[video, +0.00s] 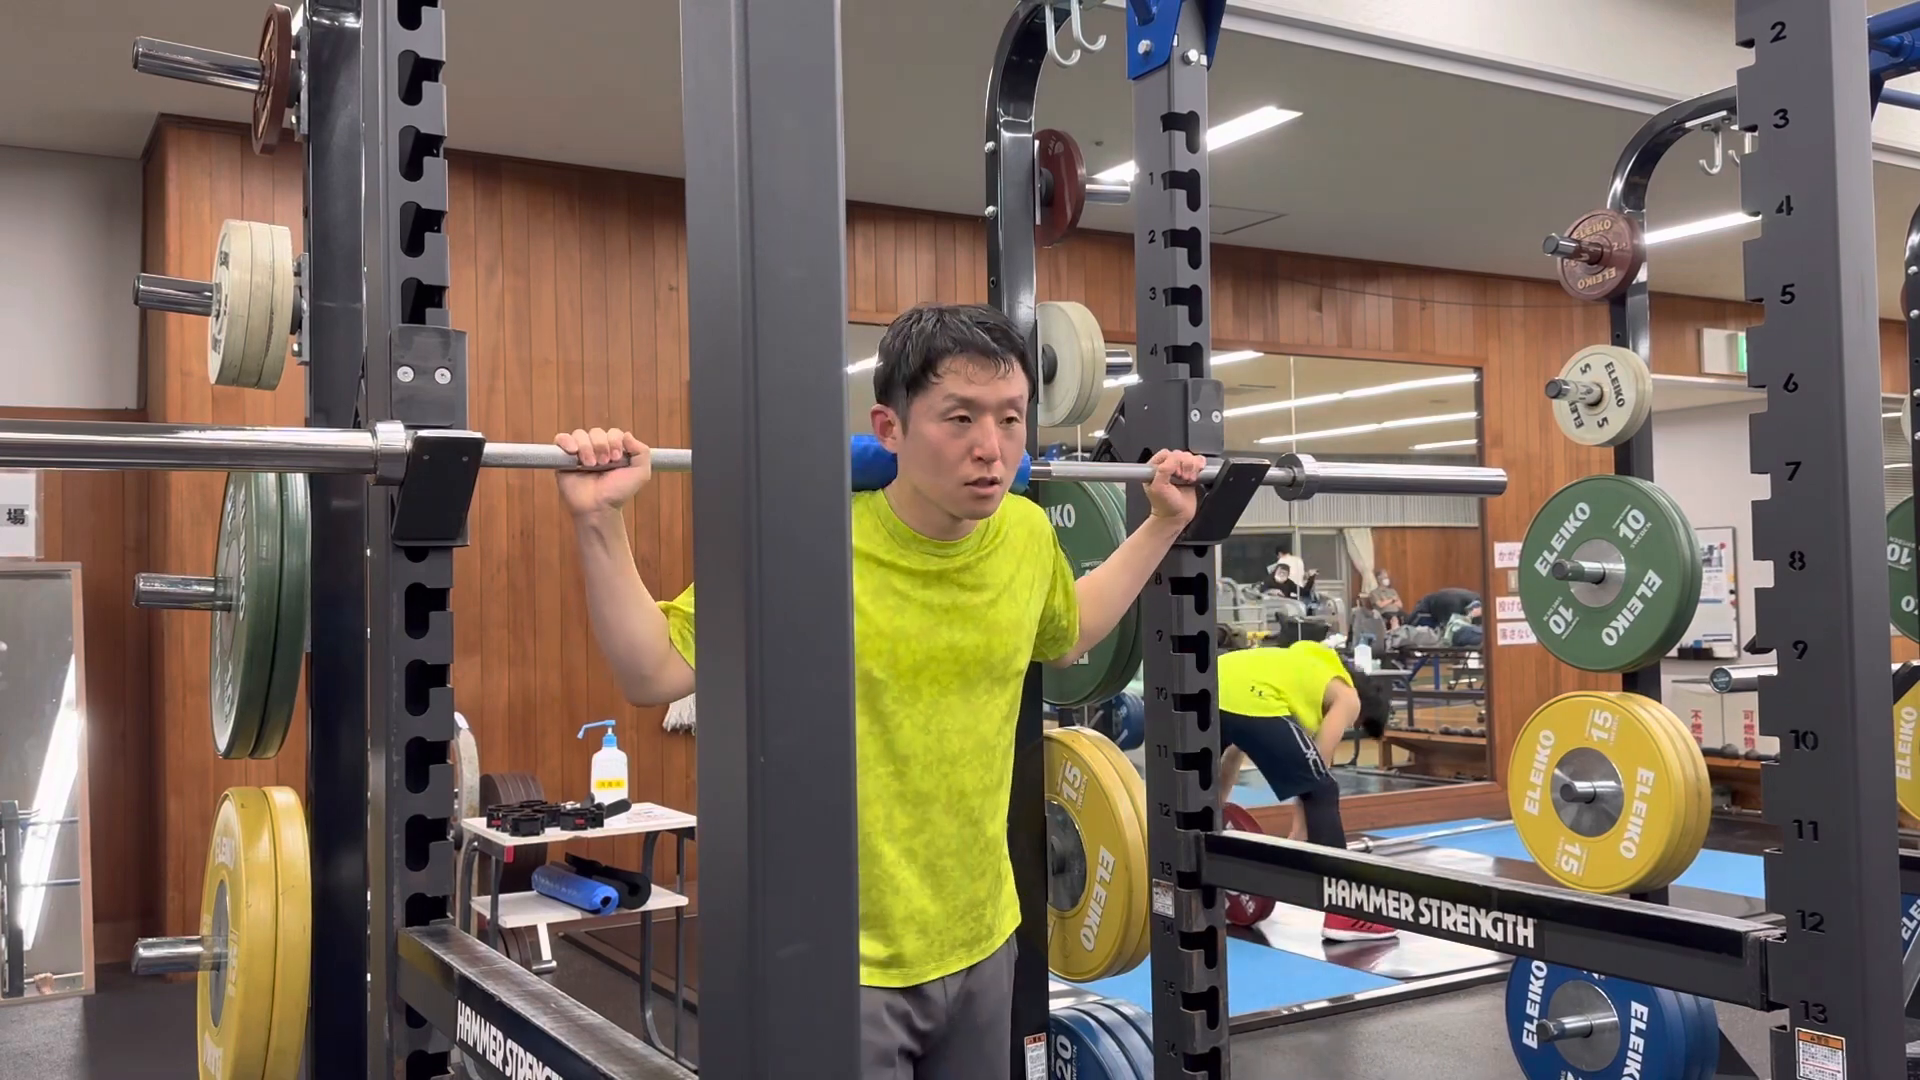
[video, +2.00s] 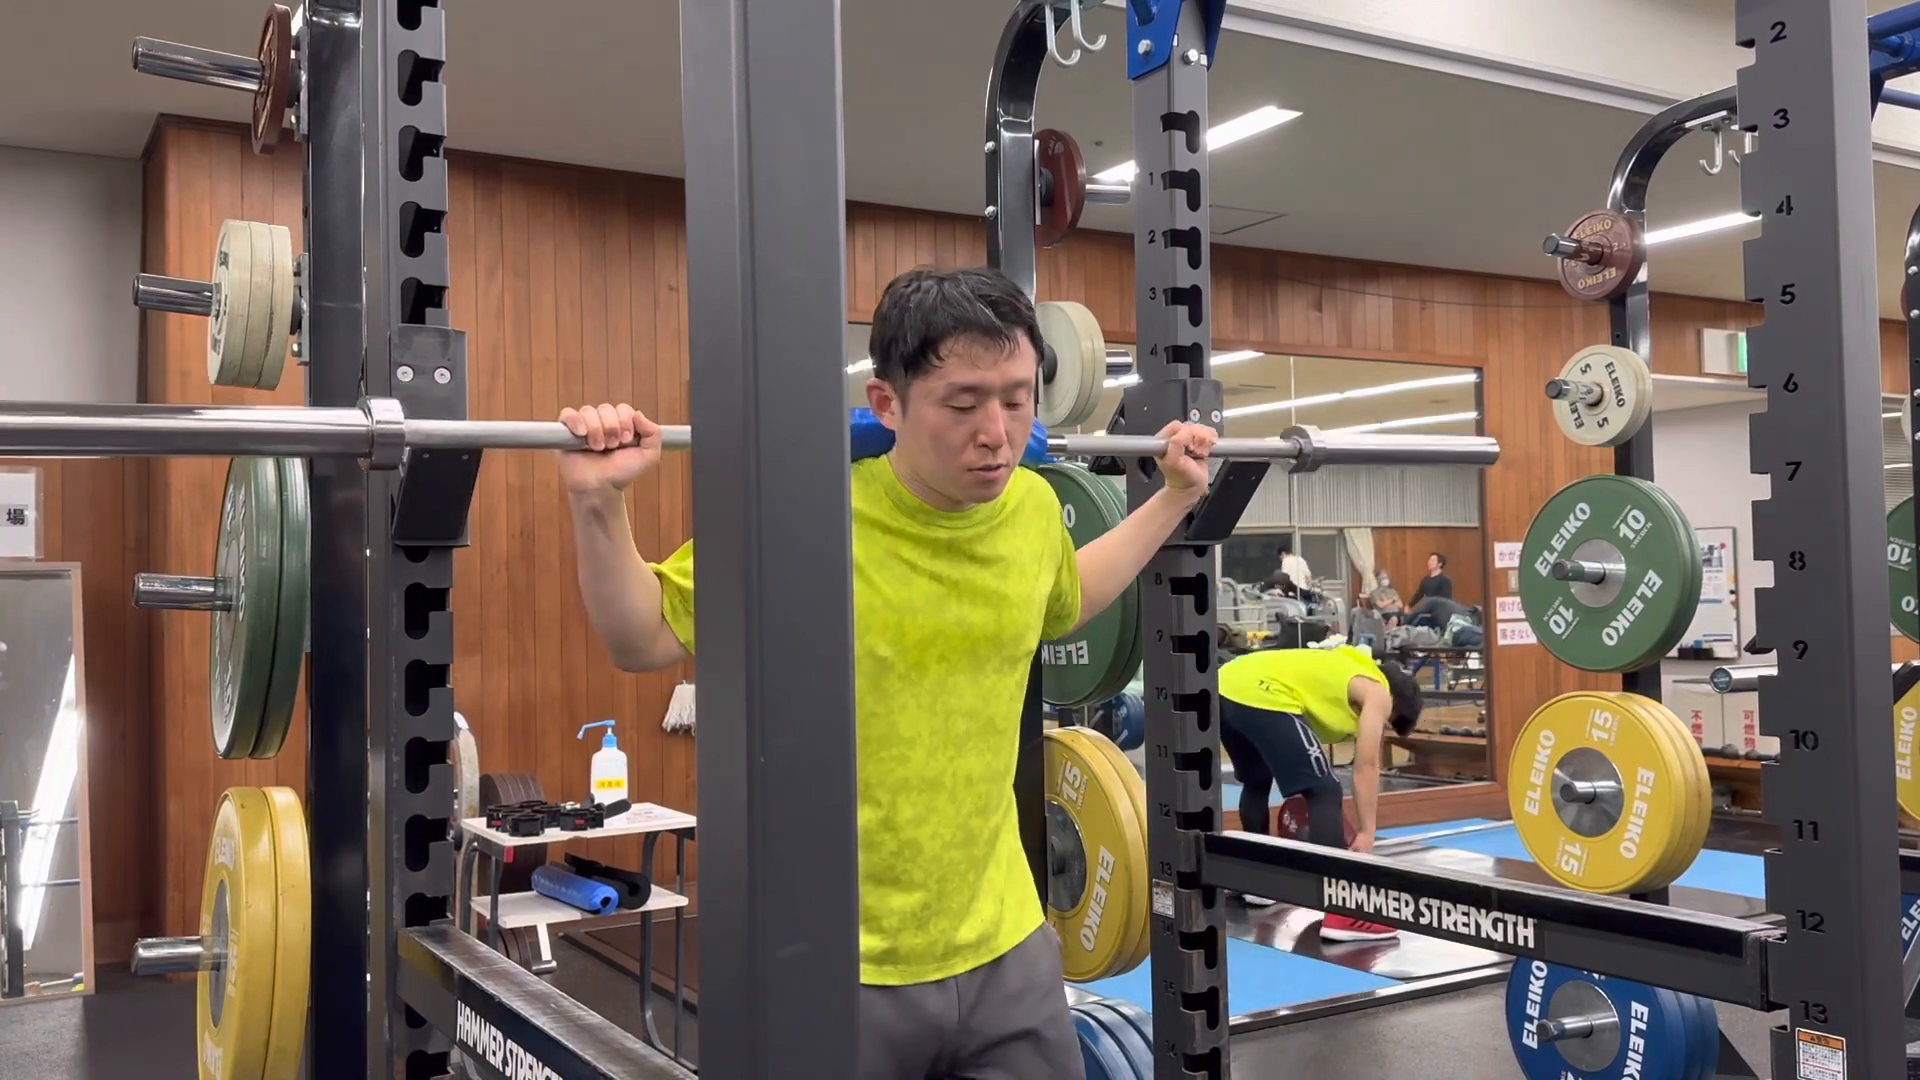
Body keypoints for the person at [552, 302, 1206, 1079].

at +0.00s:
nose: (990, 449)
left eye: (1009, 420)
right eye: (959, 417)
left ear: (1027, 428)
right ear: (890, 424)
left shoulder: (1025, 533)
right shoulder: (815, 541)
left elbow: (1064, 634)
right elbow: (654, 671)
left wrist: (1163, 527)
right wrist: (599, 523)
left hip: (983, 948)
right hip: (846, 965)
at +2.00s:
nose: (995, 434)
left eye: (1015, 401)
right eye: (962, 404)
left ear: (1036, 398)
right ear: (887, 402)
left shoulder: (1031, 507)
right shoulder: (813, 517)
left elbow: (1062, 599)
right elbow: (644, 638)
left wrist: (1174, 499)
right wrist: (597, 505)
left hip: (1009, 954)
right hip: (851, 977)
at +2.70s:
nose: (1093, 480)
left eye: (1117, 445)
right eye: (1062, 444)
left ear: (1136, 426)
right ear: (976, 421)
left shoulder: (1112, 539)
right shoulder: (861, 538)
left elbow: (1134, 650)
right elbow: (692, 686)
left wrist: (1257, 539)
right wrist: (656, 524)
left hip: (1064, 994)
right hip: (892, 1016)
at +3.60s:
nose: (1133, 485)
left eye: (1147, 453)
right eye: (1092, 454)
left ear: (1164, 461)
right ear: (999, 476)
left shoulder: (1151, 599)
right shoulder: (894, 608)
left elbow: (1183, 711)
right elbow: (719, 761)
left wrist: (1298, 598)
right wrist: (677, 612)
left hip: (1091, 1025)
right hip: (914, 1037)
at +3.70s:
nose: (1141, 559)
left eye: (1155, 527)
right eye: (1099, 528)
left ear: (1170, 535)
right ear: (1007, 546)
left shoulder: (1161, 667)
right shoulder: (905, 683)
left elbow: (1193, 768)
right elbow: (729, 834)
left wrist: (1308, 652)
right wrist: (681, 686)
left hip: (1079, 1050)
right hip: (911, 1052)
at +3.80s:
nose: (1149, 647)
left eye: (1163, 614)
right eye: (1107, 618)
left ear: (1179, 619)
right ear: (1014, 637)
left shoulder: (1169, 748)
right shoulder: (911, 777)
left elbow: (1196, 848)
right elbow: (735, 917)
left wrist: (1316, 730)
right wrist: (691, 788)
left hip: (1074, 1060)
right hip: (905, 1060)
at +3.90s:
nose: (1152, 704)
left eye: (1165, 670)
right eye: (1109, 674)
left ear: (1181, 674)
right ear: (1017, 692)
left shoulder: (1173, 797)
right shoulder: (906, 839)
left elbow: (1200, 891)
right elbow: (737, 977)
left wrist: (1319, 775)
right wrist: (692, 838)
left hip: (1092, 1063)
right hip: (917, 1064)